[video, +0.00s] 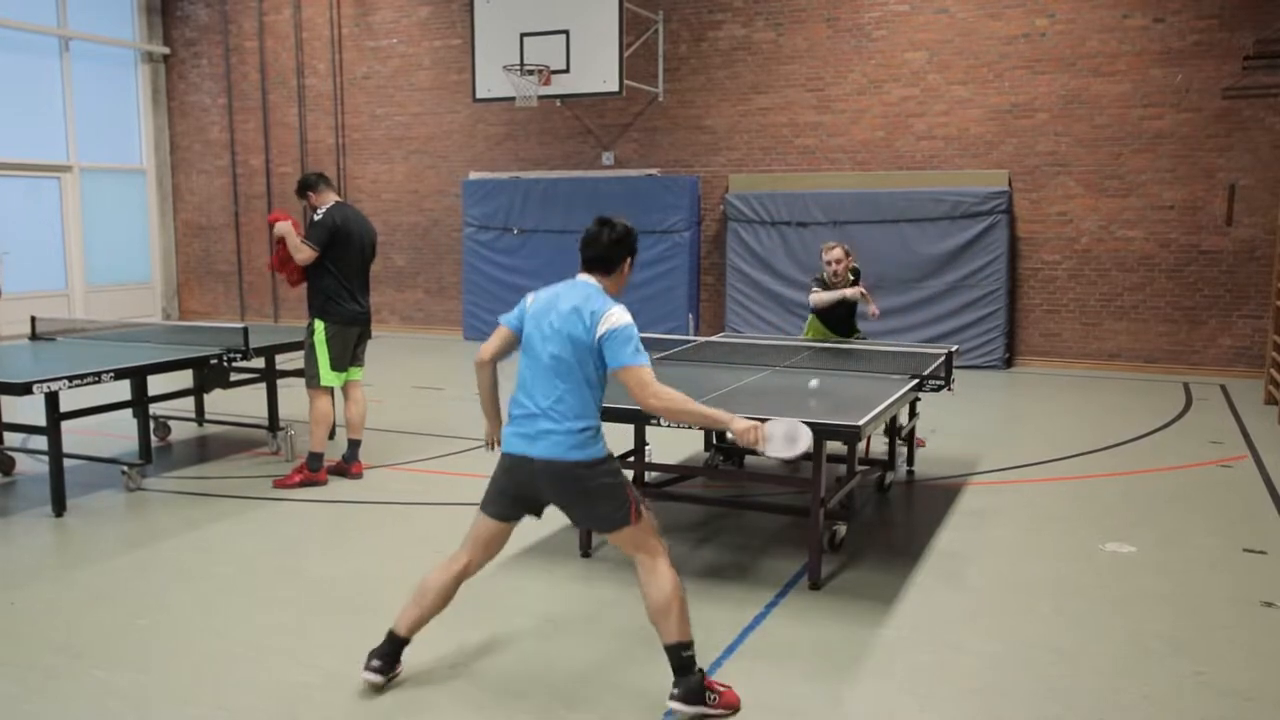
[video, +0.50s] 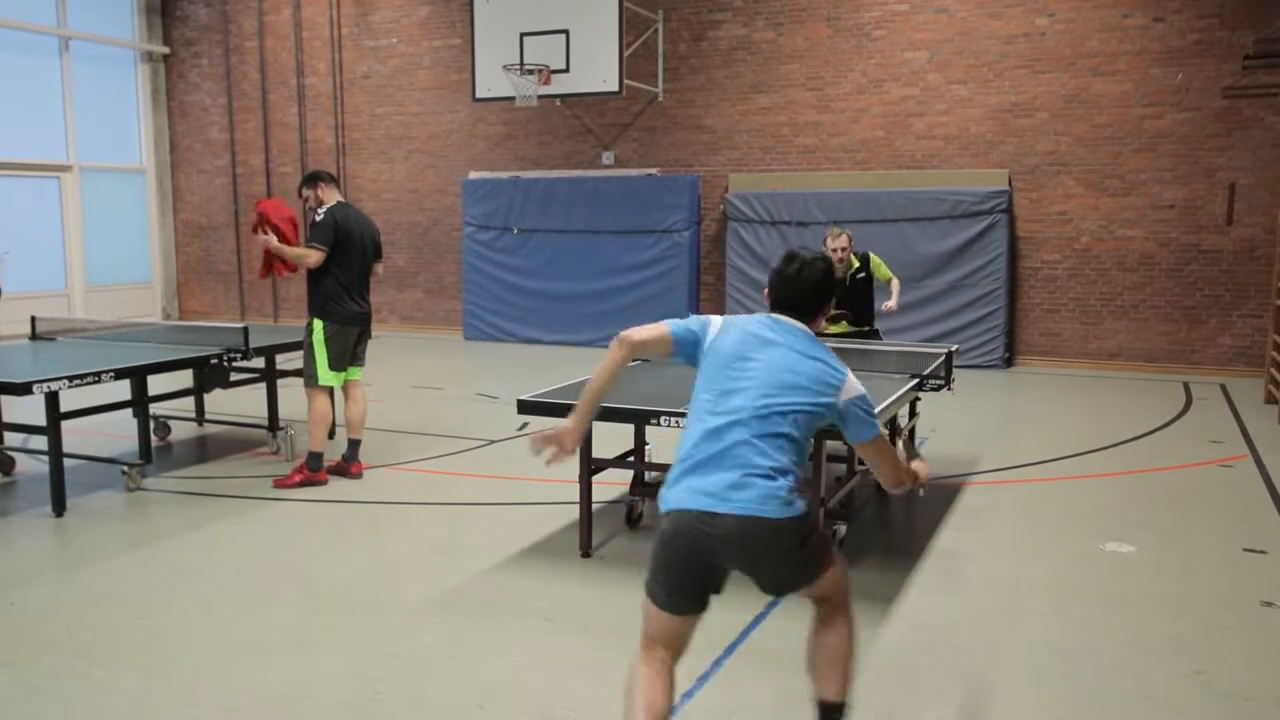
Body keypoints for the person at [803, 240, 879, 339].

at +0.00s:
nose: (834, 269)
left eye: (838, 262)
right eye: (828, 264)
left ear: (849, 261)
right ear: (823, 266)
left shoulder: (854, 273)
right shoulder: (819, 281)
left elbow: (857, 288)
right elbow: (814, 302)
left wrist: (870, 304)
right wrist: (844, 293)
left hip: (849, 339)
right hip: (817, 339)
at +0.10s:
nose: (838, 259)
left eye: (842, 253)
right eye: (832, 254)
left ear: (851, 253)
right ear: (824, 256)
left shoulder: (855, 270)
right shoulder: (816, 278)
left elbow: (858, 283)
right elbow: (810, 319)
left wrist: (874, 312)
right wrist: (843, 315)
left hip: (846, 336)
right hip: (817, 338)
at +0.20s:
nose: (841, 244)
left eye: (846, 238)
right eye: (836, 239)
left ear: (854, 238)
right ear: (827, 241)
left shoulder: (864, 259)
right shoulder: (814, 270)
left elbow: (874, 282)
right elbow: (803, 306)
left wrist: (876, 307)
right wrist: (825, 318)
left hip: (856, 330)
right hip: (822, 333)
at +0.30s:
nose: (842, 235)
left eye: (846, 229)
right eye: (836, 230)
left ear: (853, 230)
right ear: (827, 233)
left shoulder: (867, 249)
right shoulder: (814, 262)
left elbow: (885, 274)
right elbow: (803, 297)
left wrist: (876, 303)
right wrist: (816, 314)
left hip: (858, 325)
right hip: (826, 326)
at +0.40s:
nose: (842, 241)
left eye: (846, 235)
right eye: (836, 236)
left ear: (853, 235)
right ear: (828, 238)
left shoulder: (869, 252)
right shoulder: (818, 265)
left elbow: (891, 276)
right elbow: (798, 299)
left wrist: (883, 299)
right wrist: (815, 317)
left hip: (864, 324)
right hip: (829, 327)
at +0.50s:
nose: (839, 255)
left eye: (844, 249)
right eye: (834, 251)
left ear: (851, 247)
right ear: (826, 251)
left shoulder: (866, 260)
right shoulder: (821, 269)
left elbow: (892, 280)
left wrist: (893, 301)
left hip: (864, 334)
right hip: (832, 335)